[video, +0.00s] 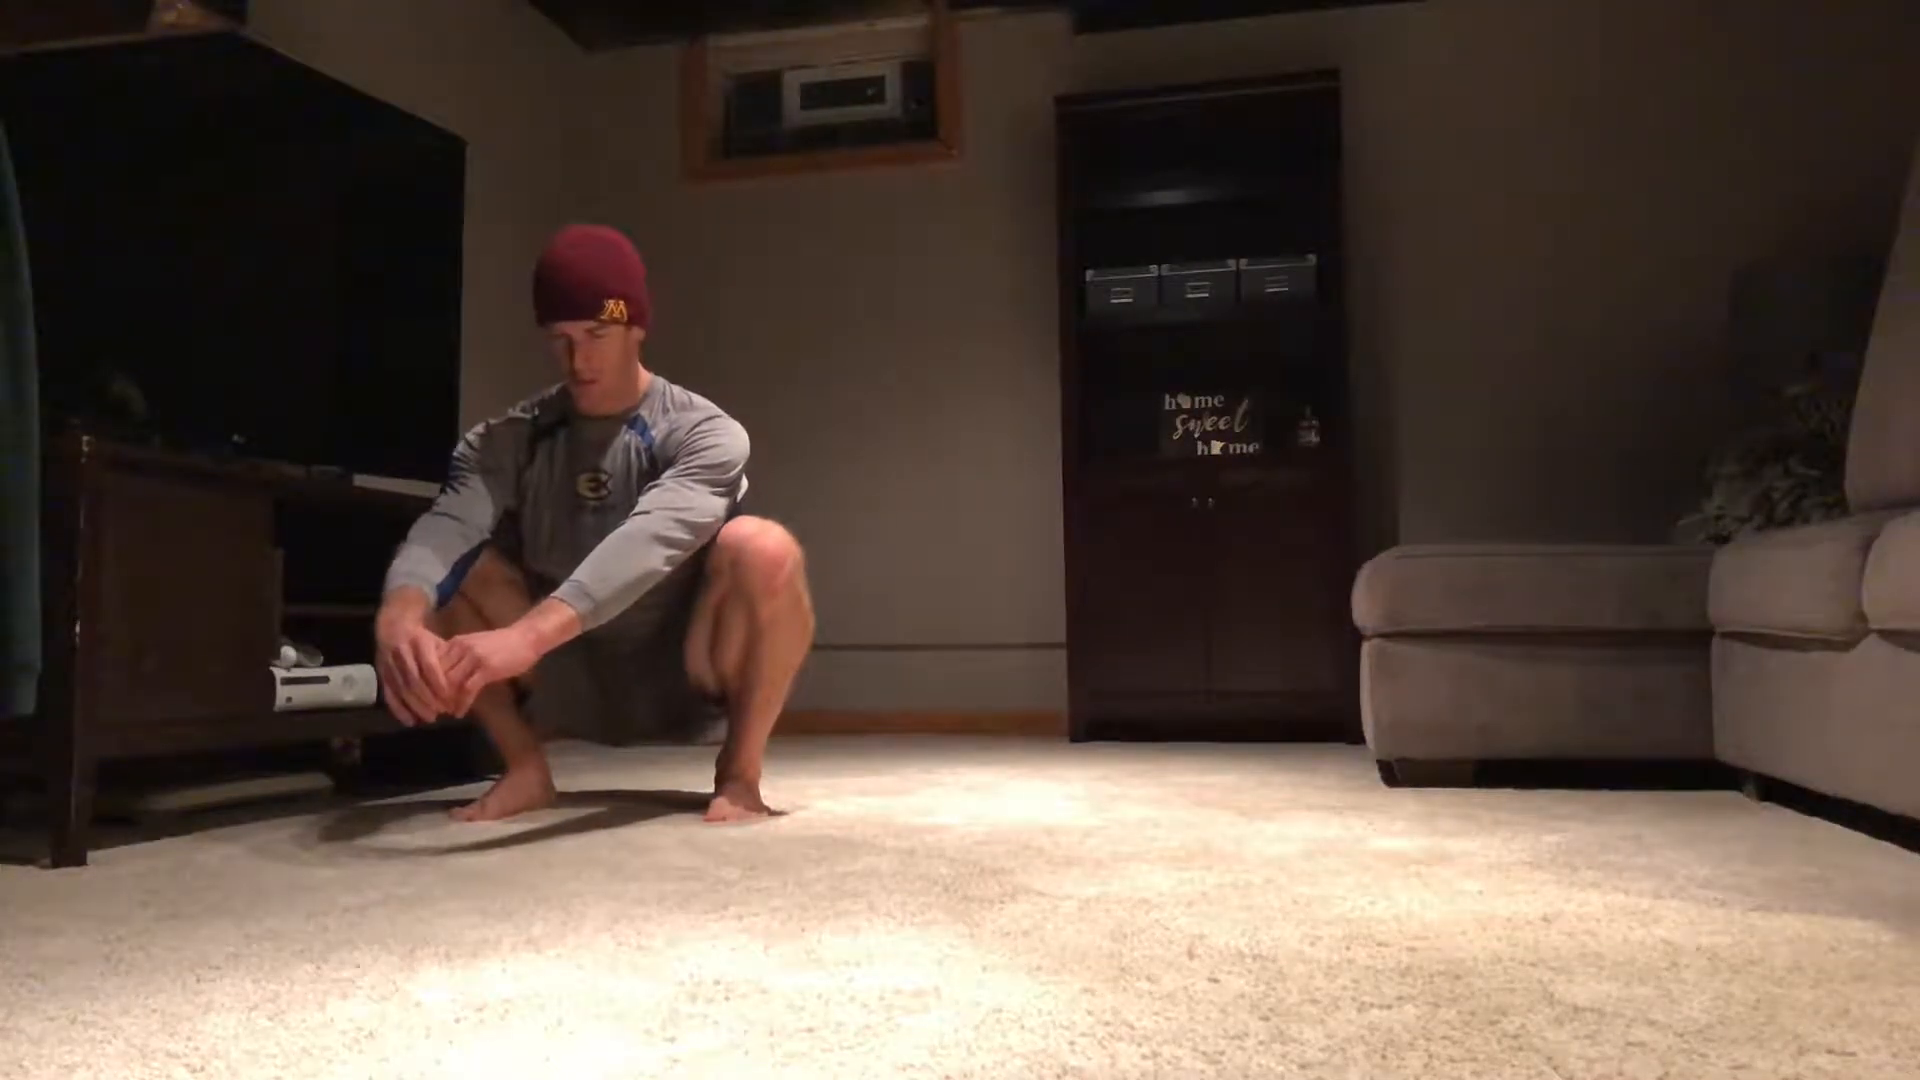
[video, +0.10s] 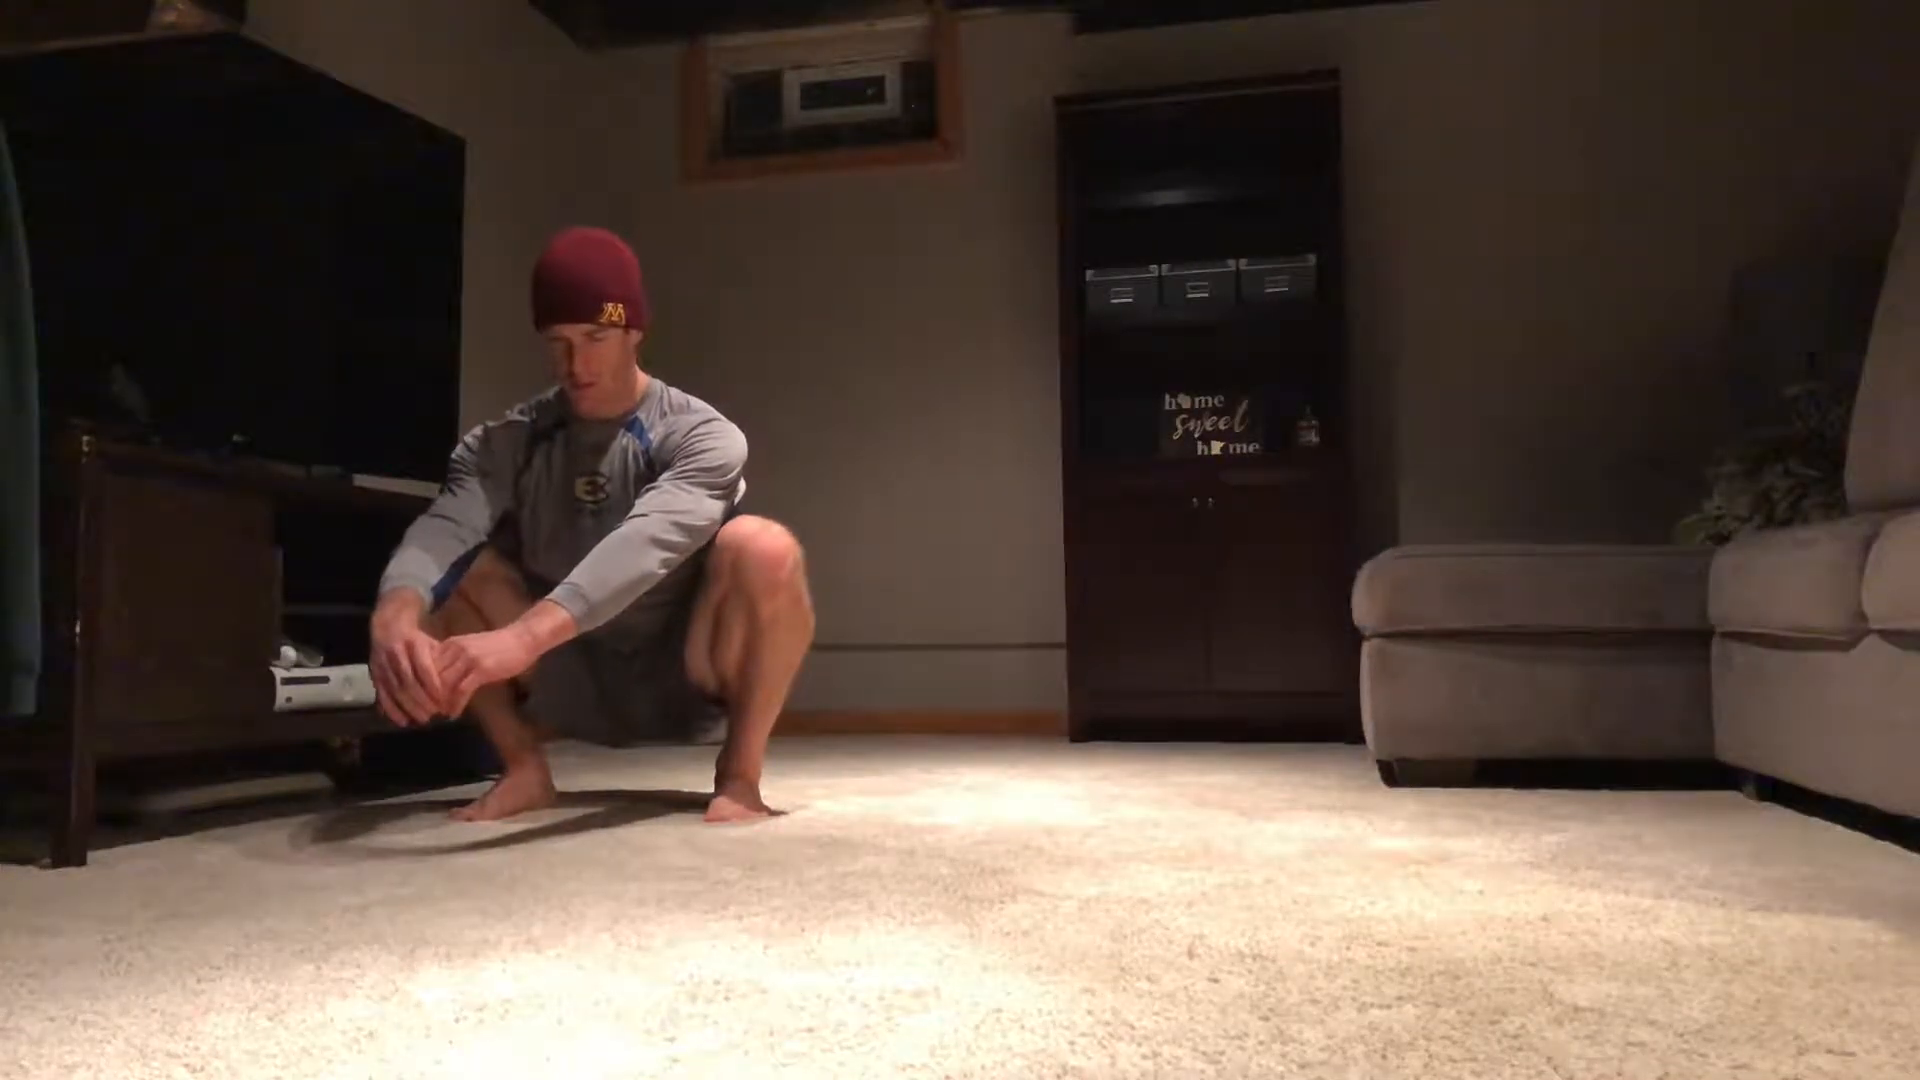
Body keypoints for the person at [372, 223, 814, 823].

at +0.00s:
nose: (578, 363)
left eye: (595, 338)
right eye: (562, 342)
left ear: (637, 330)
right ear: (546, 339)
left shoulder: (707, 436)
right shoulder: (505, 441)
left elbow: (645, 547)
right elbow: (443, 529)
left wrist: (523, 639)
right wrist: (398, 614)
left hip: (681, 679)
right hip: (569, 682)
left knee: (763, 546)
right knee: (447, 571)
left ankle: (741, 778)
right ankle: (524, 770)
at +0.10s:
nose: (576, 367)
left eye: (594, 341)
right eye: (560, 344)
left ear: (635, 333)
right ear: (543, 341)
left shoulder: (705, 440)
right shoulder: (504, 443)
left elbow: (641, 551)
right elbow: (440, 532)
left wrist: (521, 639)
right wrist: (393, 614)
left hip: (684, 681)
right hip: (571, 683)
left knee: (764, 546)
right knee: (446, 574)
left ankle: (741, 779)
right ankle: (524, 771)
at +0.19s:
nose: (576, 369)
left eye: (594, 343)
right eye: (559, 347)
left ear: (634, 336)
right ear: (542, 345)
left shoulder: (704, 443)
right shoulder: (503, 446)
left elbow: (637, 554)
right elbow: (438, 535)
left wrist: (517, 644)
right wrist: (390, 618)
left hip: (684, 684)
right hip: (572, 685)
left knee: (764, 545)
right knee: (446, 576)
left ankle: (742, 779)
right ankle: (524, 770)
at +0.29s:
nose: (575, 367)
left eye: (593, 343)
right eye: (560, 347)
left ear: (631, 336)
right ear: (542, 345)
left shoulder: (702, 443)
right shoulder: (502, 445)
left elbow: (634, 558)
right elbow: (437, 535)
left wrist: (514, 649)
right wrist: (388, 621)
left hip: (682, 685)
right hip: (570, 687)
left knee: (763, 544)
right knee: (451, 575)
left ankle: (742, 778)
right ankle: (523, 772)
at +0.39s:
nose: (577, 367)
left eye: (596, 343)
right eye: (561, 346)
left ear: (632, 335)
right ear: (542, 344)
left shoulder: (702, 443)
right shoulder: (500, 445)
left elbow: (634, 559)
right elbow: (436, 535)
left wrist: (513, 652)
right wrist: (387, 623)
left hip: (679, 684)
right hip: (568, 687)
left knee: (765, 543)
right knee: (451, 575)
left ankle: (742, 777)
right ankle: (523, 772)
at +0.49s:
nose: (580, 370)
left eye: (599, 345)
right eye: (562, 348)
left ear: (633, 336)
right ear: (542, 346)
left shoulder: (701, 444)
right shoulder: (499, 447)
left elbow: (634, 562)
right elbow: (435, 538)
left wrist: (511, 656)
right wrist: (387, 627)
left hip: (680, 685)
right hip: (568, 687)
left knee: (768, 543)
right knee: (449, 574)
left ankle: (742, 777)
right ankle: (522, 772)